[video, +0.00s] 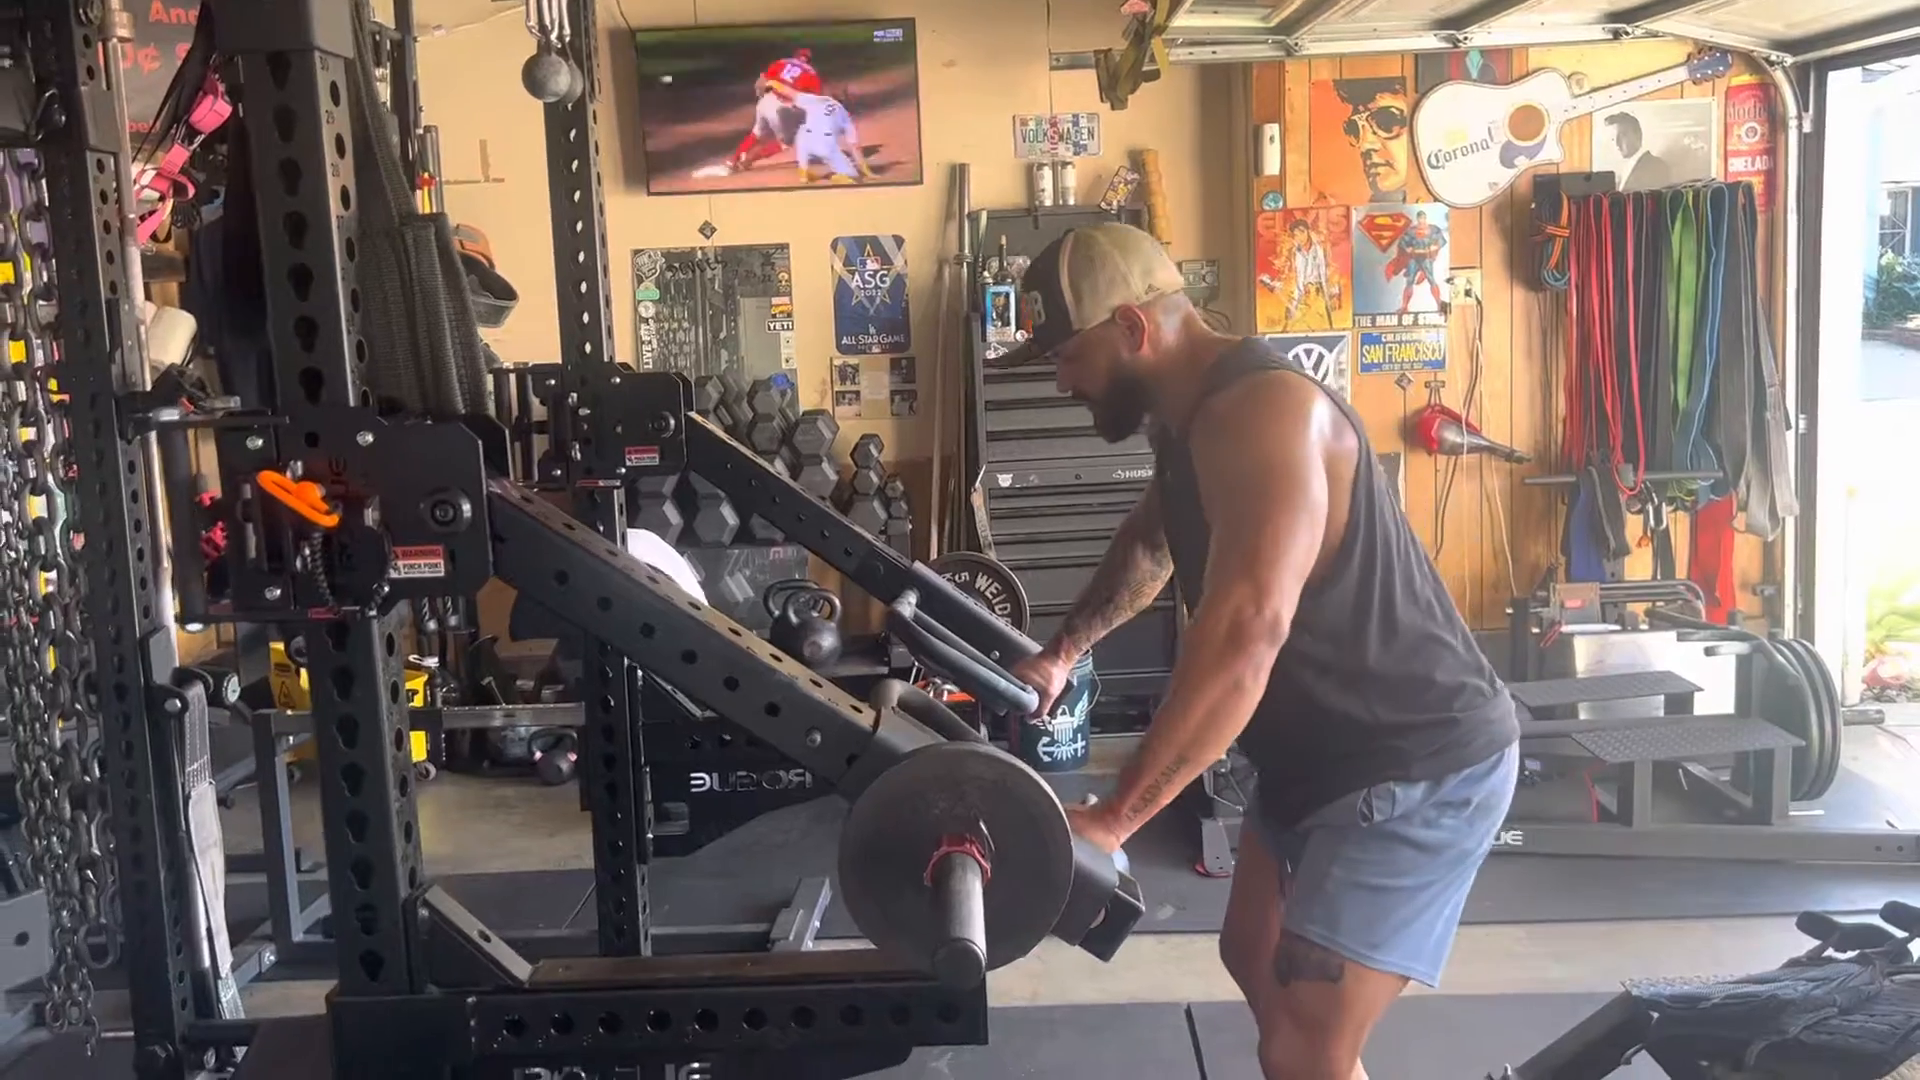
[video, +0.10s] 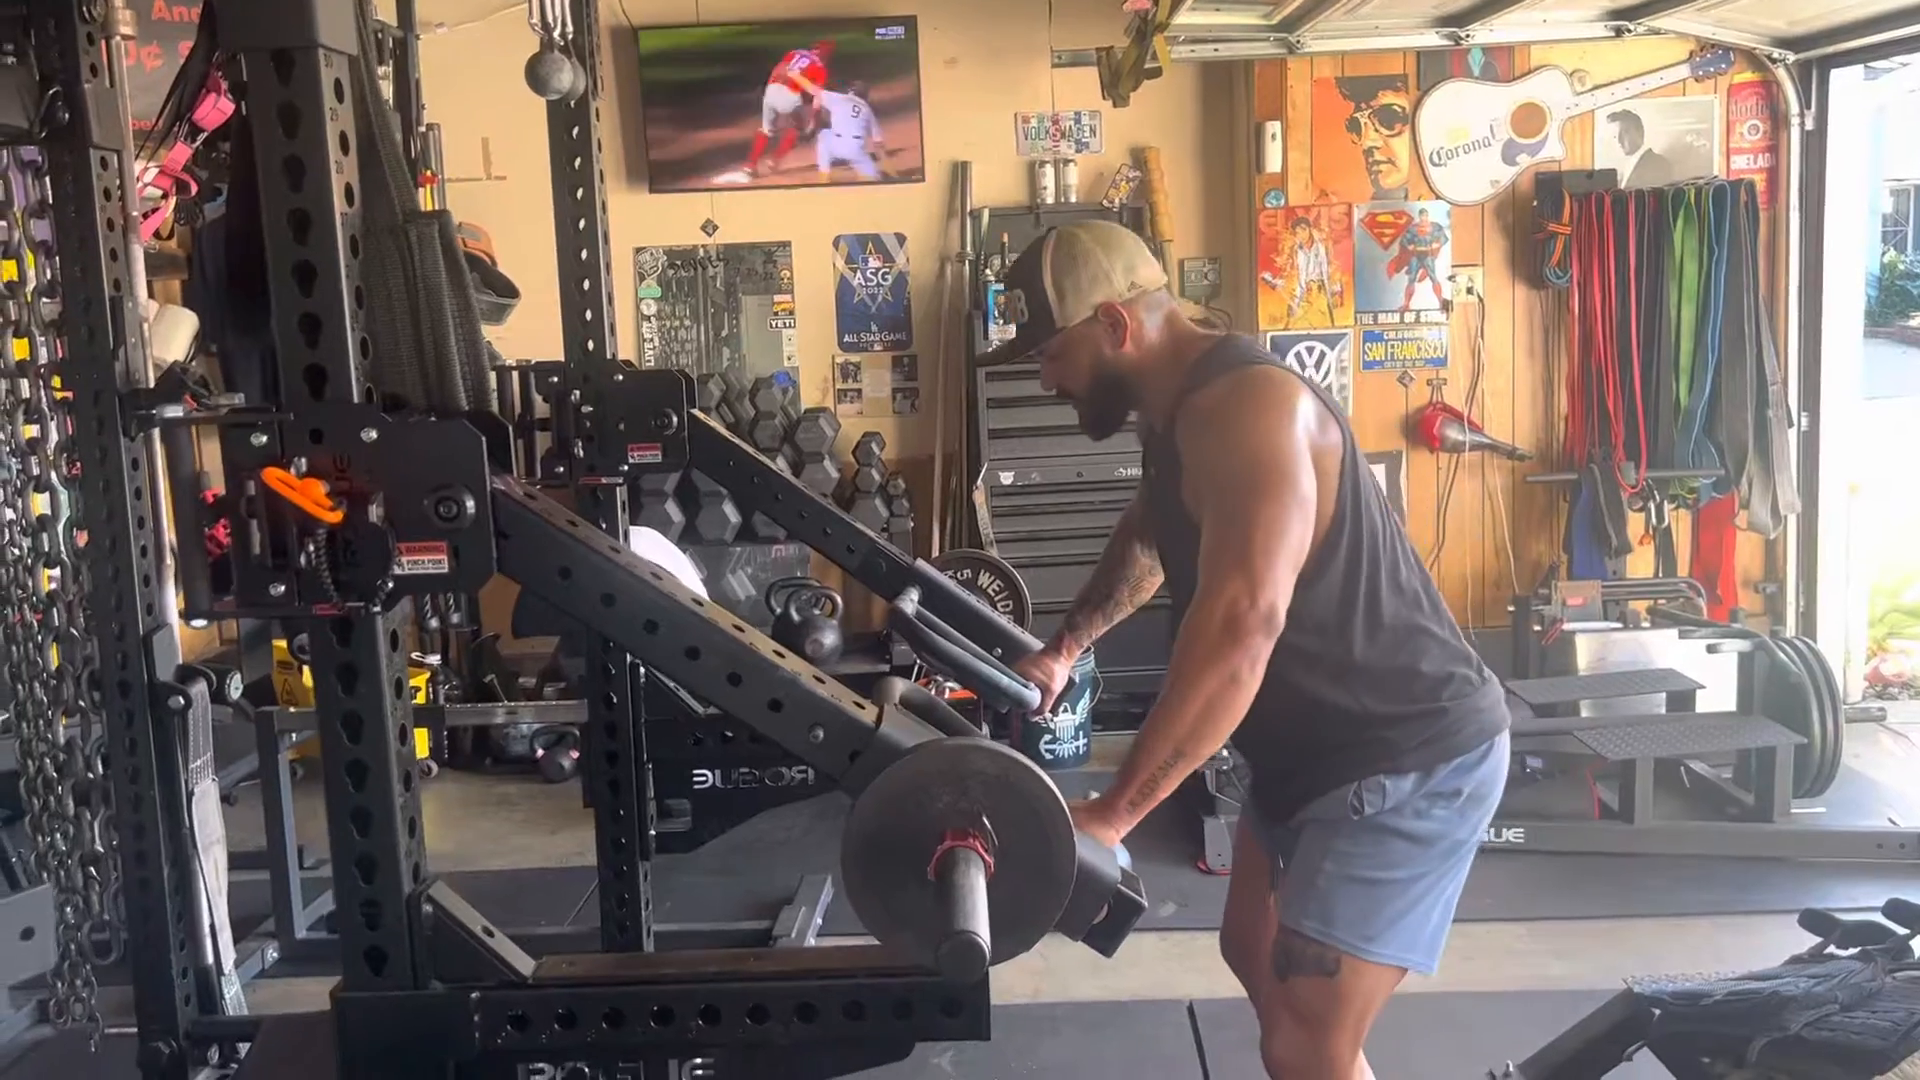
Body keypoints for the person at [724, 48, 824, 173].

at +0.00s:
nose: (803, 60)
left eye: (803, 58)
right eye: (805, 58)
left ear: (795, 56)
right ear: (808, 59)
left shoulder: (781, 63)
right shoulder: (812, 74)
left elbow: (764, 78)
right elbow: (814, 97)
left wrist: (760, 92)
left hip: (766, 99)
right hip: (783, 107)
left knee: (756, 133)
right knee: (784, 143)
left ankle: (734, 159)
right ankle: (749, 158)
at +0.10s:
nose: (827, 59)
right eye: (828, 56)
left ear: (814, 49)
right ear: (826, 55)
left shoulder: (794, 53)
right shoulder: (820, 68)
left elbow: (778, 70)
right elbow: (817, 96)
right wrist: (813, 119)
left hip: (771, 89)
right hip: (790, 95)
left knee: (766, 130)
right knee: (797, 127)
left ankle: (751, 165)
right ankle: (775, 159)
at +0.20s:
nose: (845, 53)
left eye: (845, 50)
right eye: (845, 50)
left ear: (833, 41)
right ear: (842, 47)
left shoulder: (810, 47)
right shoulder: (832, 57)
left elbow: (796, 66)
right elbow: (826, 81)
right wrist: (820, 104)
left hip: (787, 82)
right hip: (806, 87)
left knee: (783, 129)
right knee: (812, 124)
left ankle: (772, 170)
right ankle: (807, 164)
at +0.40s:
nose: (841, 33)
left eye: (841, 29)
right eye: (840, 29)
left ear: (828, 26)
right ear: (835, 28)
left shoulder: (814, 37)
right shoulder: (827, 42)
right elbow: (819, 72)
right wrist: (834, 92)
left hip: (798, 78)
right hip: (811, 80)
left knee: (798, 123)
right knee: (825, 121)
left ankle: (793, 164)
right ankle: (833, 161)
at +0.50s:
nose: (833, 28)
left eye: (833, 24)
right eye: (832, 24)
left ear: (821, 20)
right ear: (827, 22)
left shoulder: (809, 31)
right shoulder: (820, 36)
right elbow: (815, 64)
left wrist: (848, 63)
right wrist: (827, 87)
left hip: (799, 71)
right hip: (810, 71)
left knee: (800, 110)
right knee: (827, 108)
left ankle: (796, 148)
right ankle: (833, 146)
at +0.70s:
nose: (808, 6)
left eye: (806, 5)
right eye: (807, 5)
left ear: (796, 4)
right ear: (805, 5)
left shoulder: (789, 12)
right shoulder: (805, 16)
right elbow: (806, 32)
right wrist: (817, 44)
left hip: (788, 44)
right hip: (802, 45)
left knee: (788, 78)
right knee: (811, 70)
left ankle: (788, 109)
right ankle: (813, 97)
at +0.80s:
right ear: (798, 1)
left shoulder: (783, 6)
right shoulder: (800, 9)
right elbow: (802, 25)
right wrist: (812, 34)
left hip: (783, 37)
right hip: (797, 37)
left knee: (785, 70)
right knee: (801, 67)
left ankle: (786, 98)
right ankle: (802, 94)